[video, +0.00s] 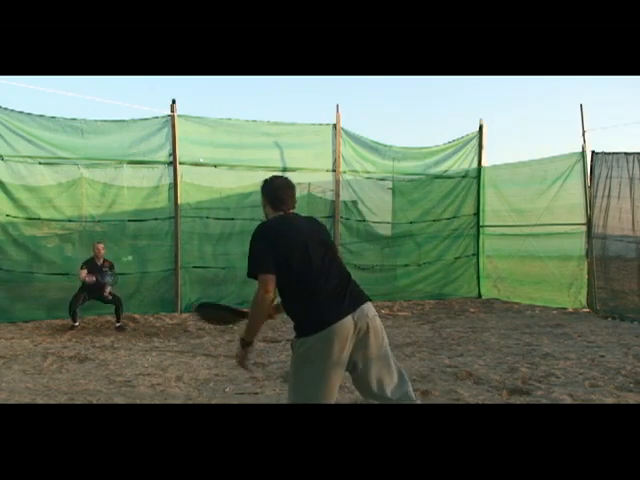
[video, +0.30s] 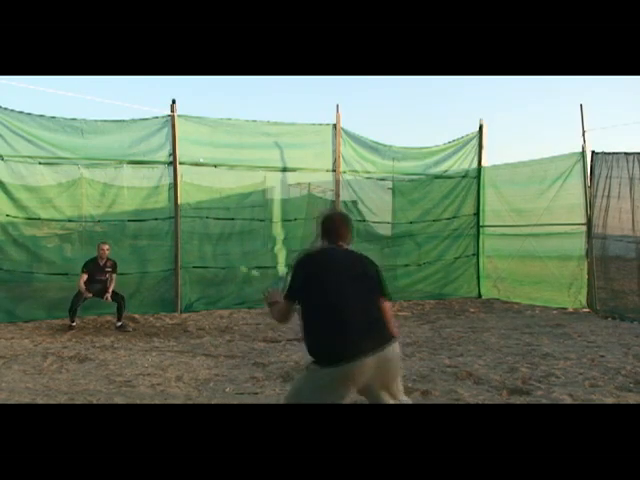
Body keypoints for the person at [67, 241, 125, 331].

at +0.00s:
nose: (100, 251)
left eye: (101, 249)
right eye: (97, 249)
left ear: (104, 251)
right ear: (94, 251)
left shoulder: (109, 264)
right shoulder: (87, 263)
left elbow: (111, 279)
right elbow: (82, 276)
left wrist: (107, 290)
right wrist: (87, 278)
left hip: (101, 290)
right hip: (87, 290)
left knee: (117, 301)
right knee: (73, 304)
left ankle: (118, 323)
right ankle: (75, 323)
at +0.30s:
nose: (104, 252)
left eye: (106, 250)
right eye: (102, 250)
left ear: (109, 251)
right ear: (98, 251)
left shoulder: (112, 264)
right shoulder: (89, 263)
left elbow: (112, 279)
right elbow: (81, 281)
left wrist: (109, 293)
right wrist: (84, 292)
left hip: (103, 290)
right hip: (89, 289)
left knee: (120, 299)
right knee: (74, 303)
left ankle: (119, 323)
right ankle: (72, 323)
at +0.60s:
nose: (107, 238)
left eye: (109, 236)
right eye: (105, 235)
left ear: (111, 237)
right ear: (101, 237)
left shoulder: (115, 250)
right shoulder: (91, 249)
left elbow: (116, 265)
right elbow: (80, 264)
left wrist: (115, 278)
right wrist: (85, 276)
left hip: (107, 279)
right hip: (92, 279)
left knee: (119, 298)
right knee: (81, 298)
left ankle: (119, 321)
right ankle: (75, 322)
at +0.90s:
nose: (109, 231)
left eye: (111, 228)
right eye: (107, 228)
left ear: (114, 230)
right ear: (102, 229)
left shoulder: (117, 245)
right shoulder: (92, 243)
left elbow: (120, 260)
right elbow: (82, 258)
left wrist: (119, 272)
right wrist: (89, 263)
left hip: (109, 274)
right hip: (95, 274)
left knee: (117, 298)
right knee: (88, 298)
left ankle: (119, 321)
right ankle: (85, 321)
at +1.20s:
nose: (114, 240)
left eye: (116, 238)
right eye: (112, 237)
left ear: (119, 238)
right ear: (109, 236)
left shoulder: (121, 248)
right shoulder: (101, 243)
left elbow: (122, 263)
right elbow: (88, 249)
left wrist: (125, 274)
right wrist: (101, 243)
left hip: (110, 277)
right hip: (96, 276)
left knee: (120, 300)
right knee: (89, 299)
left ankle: (125, 323)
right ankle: (85, 322)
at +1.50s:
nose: (126, 231)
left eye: (128, 229)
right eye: (124, 228)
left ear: (130, 231)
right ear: (120, 230)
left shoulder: (129, 246)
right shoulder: (111, 240)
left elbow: (127, 262)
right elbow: (109, 242)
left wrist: (132, 274)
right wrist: (122, 239)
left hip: (117, 274)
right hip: (103, 272)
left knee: (123, 298)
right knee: (93, 296)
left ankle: (125, 322)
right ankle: (86, 320)